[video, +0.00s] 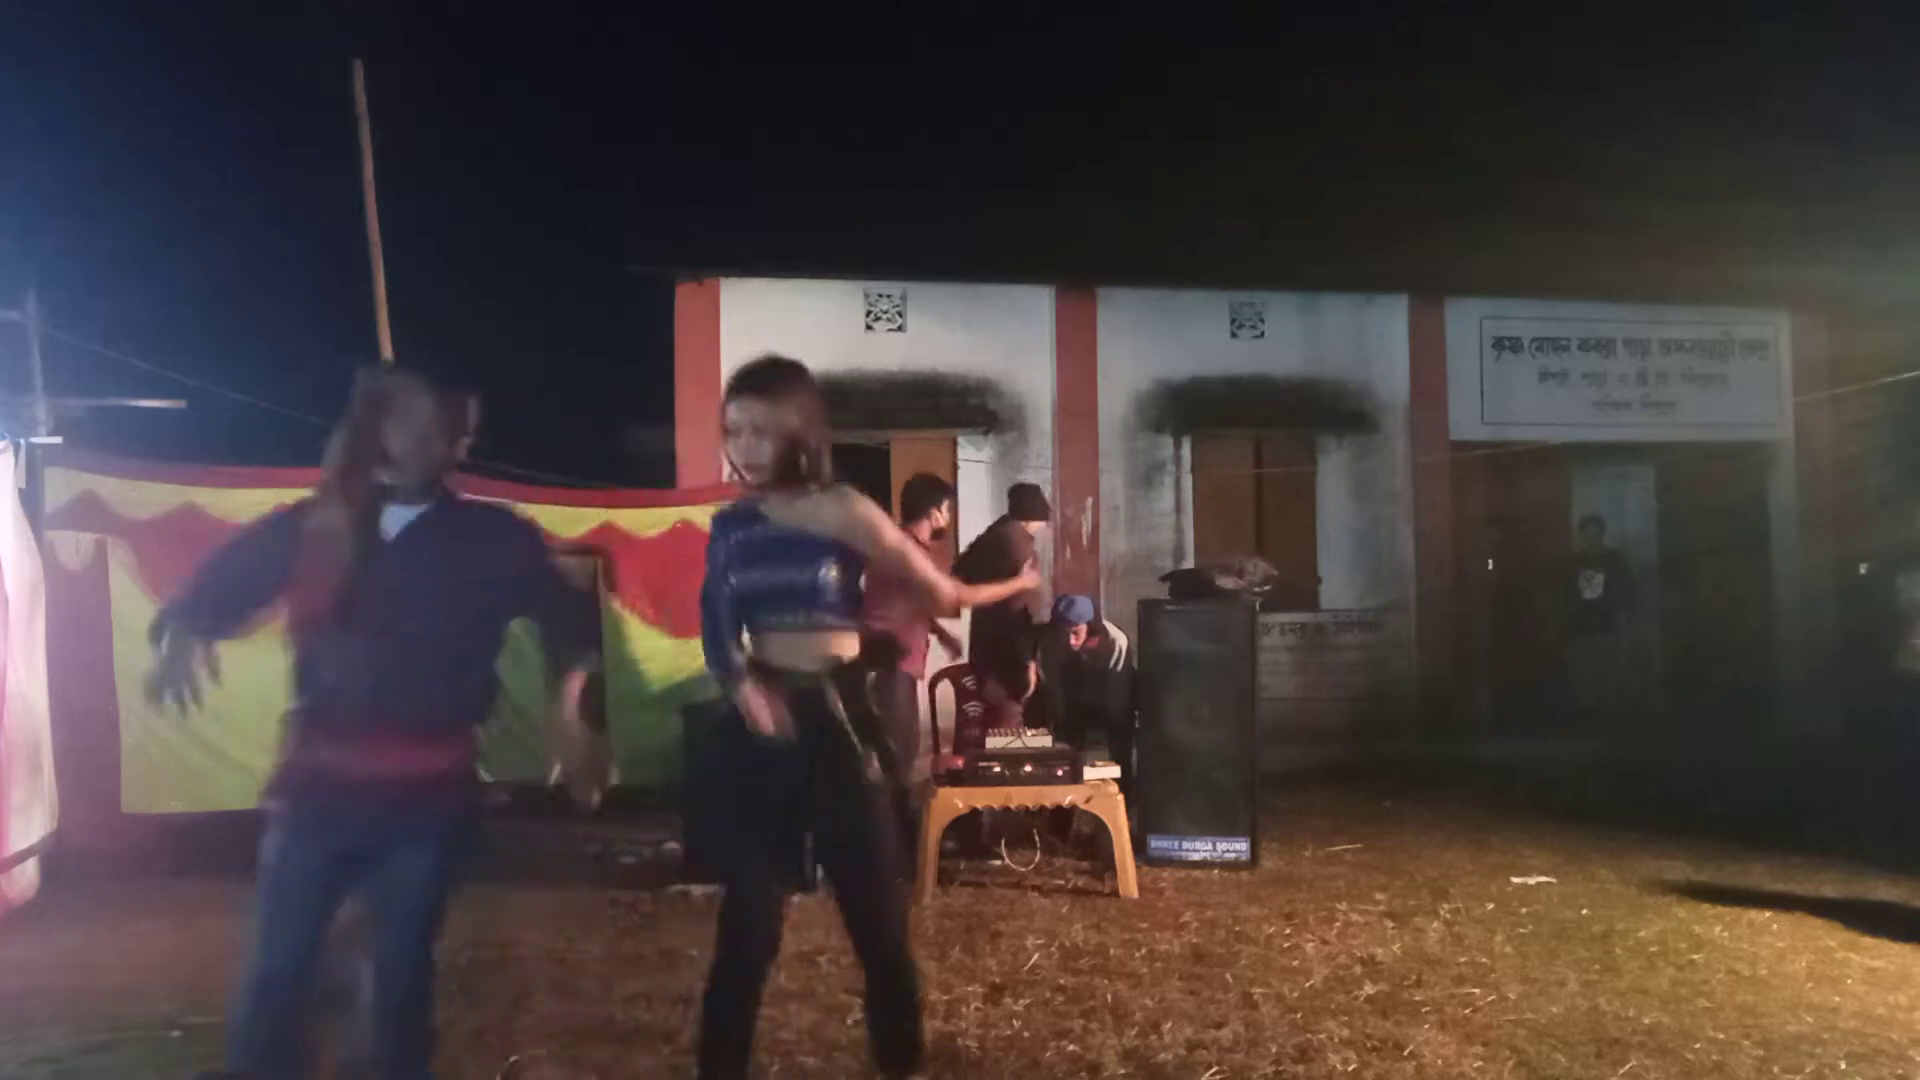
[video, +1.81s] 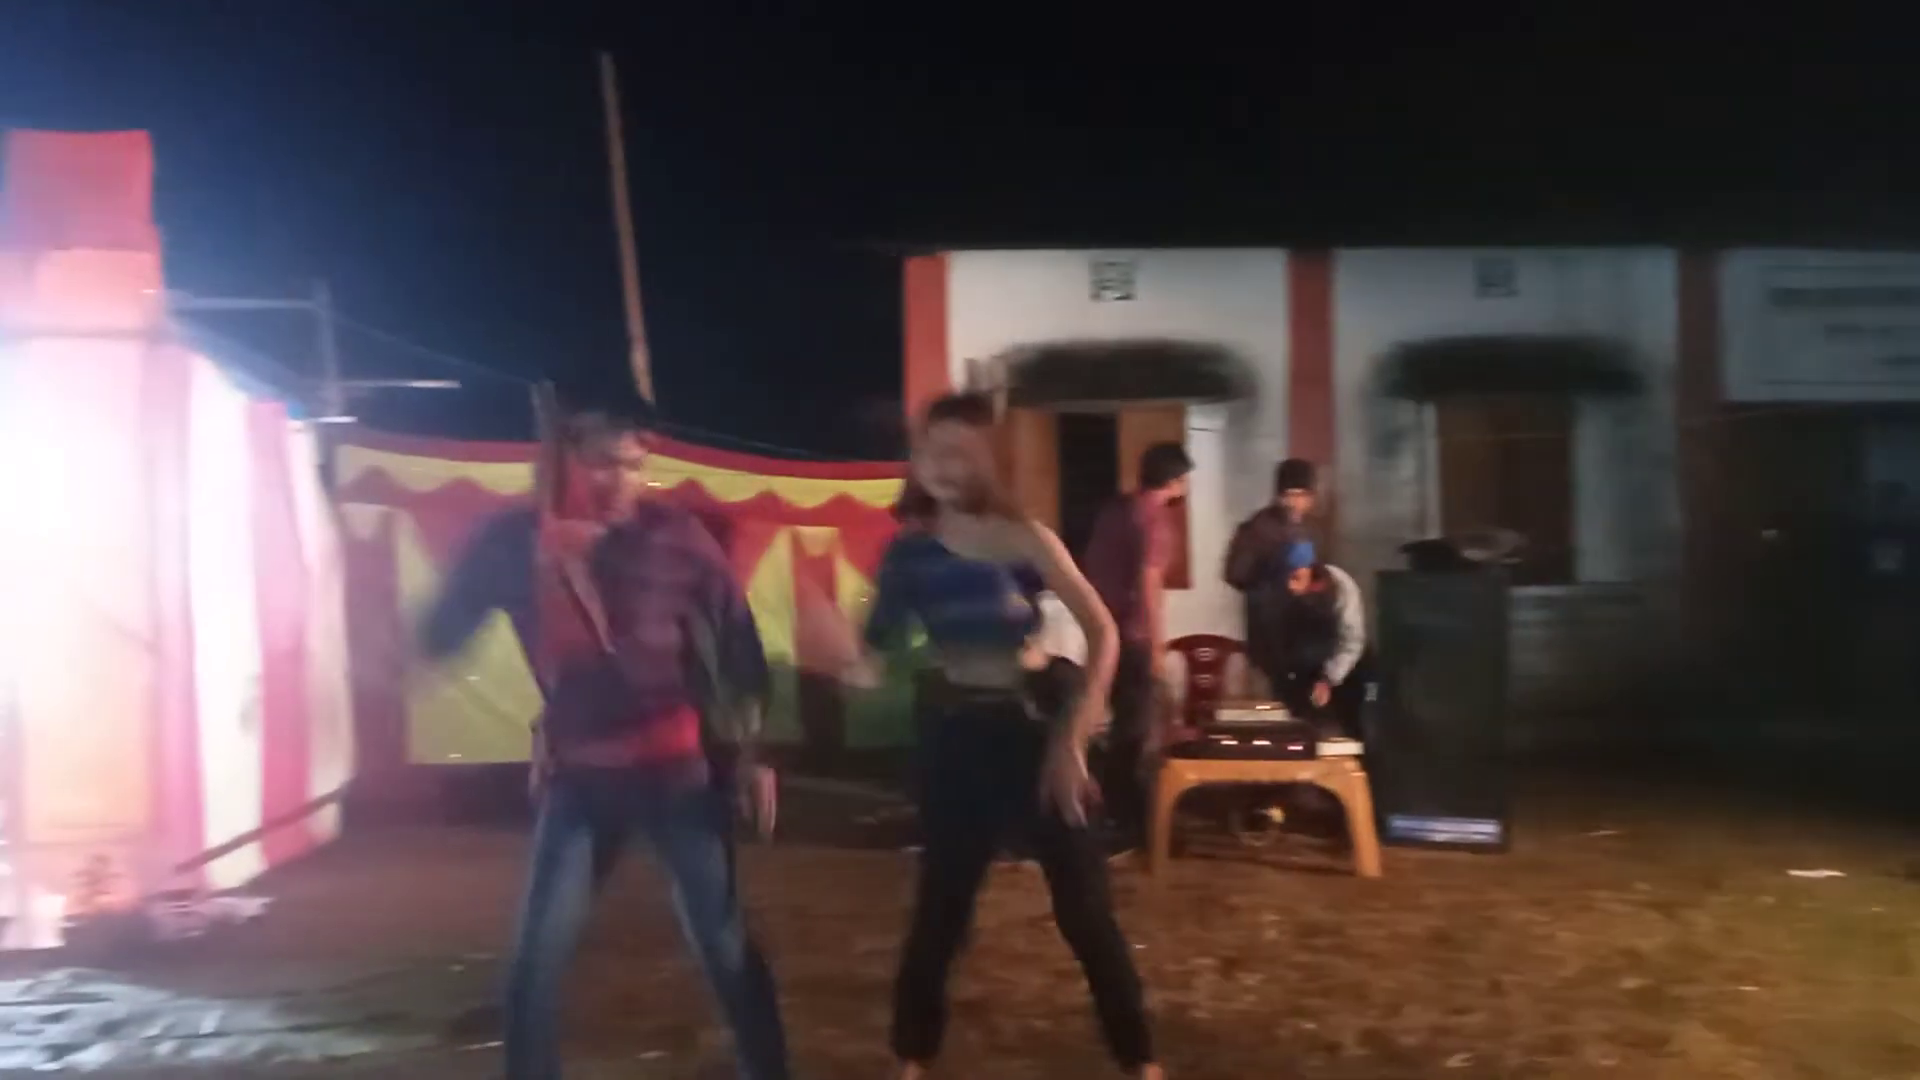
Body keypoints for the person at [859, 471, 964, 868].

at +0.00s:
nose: (948, 519)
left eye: (949, 511)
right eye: (946, 511)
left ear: (911, 508)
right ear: (934, 511)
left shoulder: (895, 544)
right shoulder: (910, 549)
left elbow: (908, 601)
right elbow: (943, 602)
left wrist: (941, 634)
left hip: (884, 657)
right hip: (896, 664)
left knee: (897, 753)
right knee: (902, 757)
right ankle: (902, 854)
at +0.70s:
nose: (971, 536)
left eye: (973, 527)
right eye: (970, 527)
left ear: (946, 520)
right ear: (954, 521)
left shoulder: (914, 539)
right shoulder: (937, 545)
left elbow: (947, 604)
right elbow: (960, 613)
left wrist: (975, 610)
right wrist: (984, 617)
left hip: (879, 660)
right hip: (898, 663)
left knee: (896, 754)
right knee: (899, 756)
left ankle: (892, 850)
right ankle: (892, 852)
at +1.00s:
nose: (992, 526)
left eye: (997, 519)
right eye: (991, 517)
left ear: (978, 509)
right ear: (974, 506)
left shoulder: (958, 526)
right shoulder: (953, 528)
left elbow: (977, 584)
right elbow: (978, 586)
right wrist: (1012, 631)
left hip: (923, 633)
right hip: (911, 633)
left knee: (923, 725)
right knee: (921, 725)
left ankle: (911, 814)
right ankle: (909, 817)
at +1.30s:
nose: (1036, 497)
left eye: (1036, 489)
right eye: (1034, 490)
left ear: (1004, 485)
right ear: (1022, 491)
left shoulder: (987, 517)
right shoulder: (994, 522)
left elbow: (985, 585)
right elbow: (996, 579)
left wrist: (1012, 627)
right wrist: (1036, 626)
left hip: (963, 627)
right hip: (964, 628)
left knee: (967, 722)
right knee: (967, 724)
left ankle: (954, 812)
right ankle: (955, 816)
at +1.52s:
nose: (1082, 491)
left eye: (1082, 483)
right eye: (1079, 484)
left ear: (1050, 479)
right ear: (1068, 484)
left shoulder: (1030, 513)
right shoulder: (1041, 520)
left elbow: (1012, 580)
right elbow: (1031, 580)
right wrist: (1051, 634)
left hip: (1017, 635)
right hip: (1025, 637)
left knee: (1026, 720)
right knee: (1030, 722)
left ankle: (1010, 800)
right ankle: (1014, 807)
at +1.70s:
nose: (1149, 486)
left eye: (1148, 479)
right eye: (1146, 479)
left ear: (1114, 474)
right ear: (1135, 480)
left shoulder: (1089, 509)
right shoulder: (1112, 516)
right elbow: (1105, 578)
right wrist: (1113, 640)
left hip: (1076, 636)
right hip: (1095, 639)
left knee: (1090, 726)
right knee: (1103, 728)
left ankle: (1085, 812)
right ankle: (1097, 817)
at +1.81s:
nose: (1184, 485)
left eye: (1183, 478)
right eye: (1182, 479)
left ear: (1147, 473)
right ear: (1172, 481)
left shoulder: (1116, 508)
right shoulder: (1153, 517)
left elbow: (1095, 569)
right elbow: (1149, 581)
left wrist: (1102, 623)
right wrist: (1156, 647)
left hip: (1108, 632)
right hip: (1134, 637)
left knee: (1123, 724)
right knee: (1136, 727)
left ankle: (1112, 812)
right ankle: (1128, 818)